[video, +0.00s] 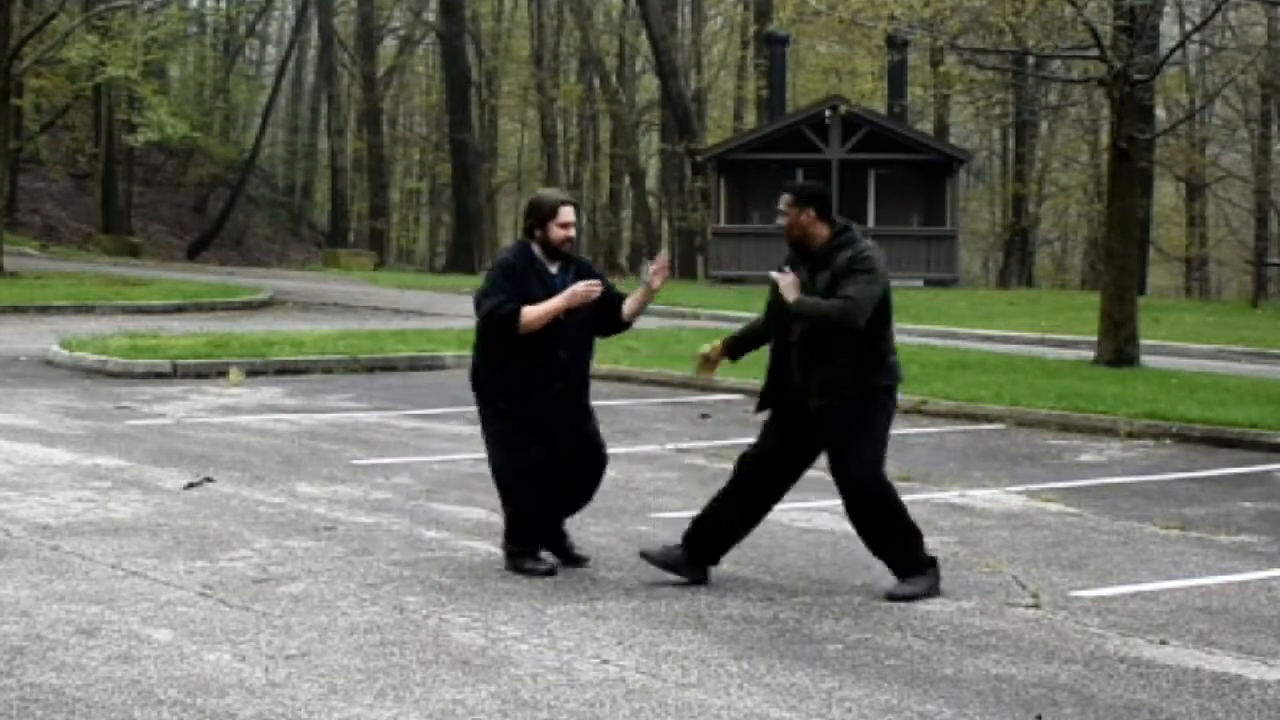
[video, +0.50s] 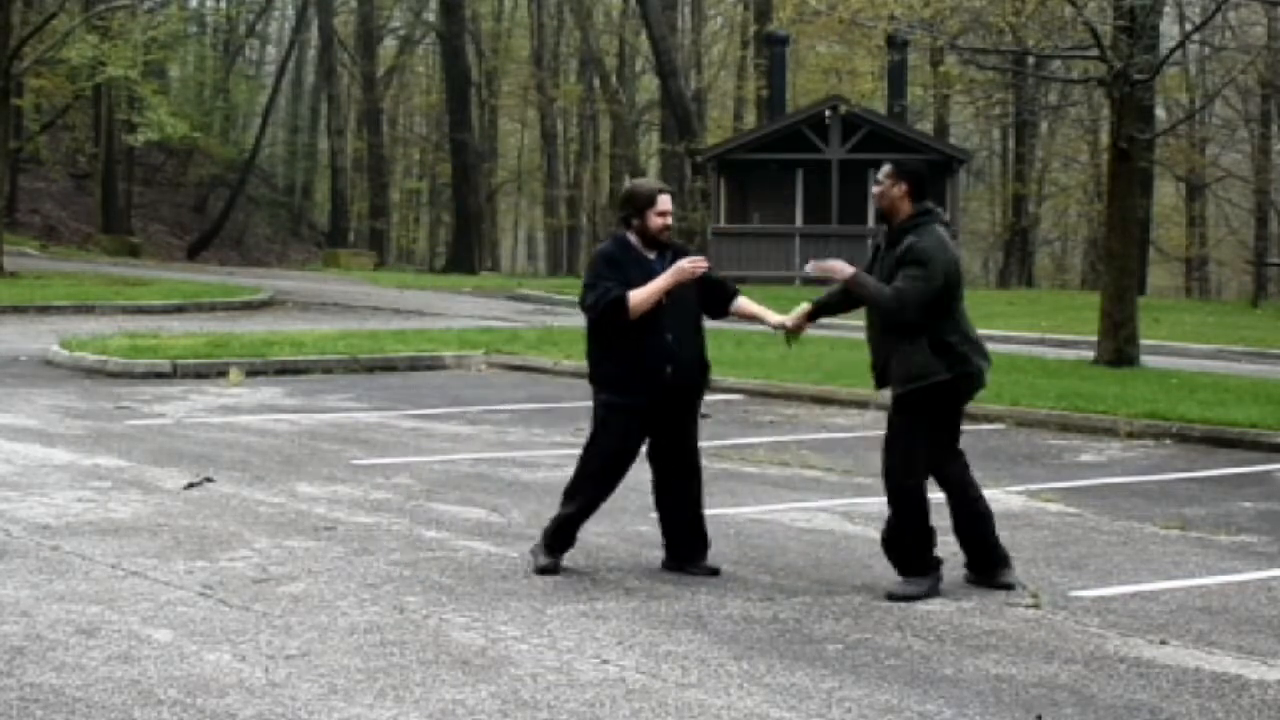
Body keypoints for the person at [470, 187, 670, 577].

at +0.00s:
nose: (571, 233)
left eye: (574, 226)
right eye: (563, 226)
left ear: (575, 227)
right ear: (538, 228)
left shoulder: (578, 271)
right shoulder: (510, 267)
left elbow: (613, 318)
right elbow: (501, 324)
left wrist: (648, 290)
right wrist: (565, 300)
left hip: (563, 392)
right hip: (512, 394)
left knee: (587, 459)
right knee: (524, 468)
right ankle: (520, 549)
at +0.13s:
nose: (596, 227)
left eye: (599, 219)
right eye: (588, 220)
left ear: (600, 221)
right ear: (563, 221)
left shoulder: (605, 268)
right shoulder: (534, 261)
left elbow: (639, 316)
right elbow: (522, 315)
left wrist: (673, 289)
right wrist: (589, 294)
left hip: (590, 390)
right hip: (535, 392)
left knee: (626, 463)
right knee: (536, 470)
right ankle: (521, 550)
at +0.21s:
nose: (612, 224)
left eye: (615, 216)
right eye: (605, 216)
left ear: (615, 219)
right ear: (580, 218)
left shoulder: (618, 264)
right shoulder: (550, 259)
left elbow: (658, 309)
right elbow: (539, 310)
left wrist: (694, 281)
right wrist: (605, 288)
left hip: (610, 392)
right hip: (554, 392)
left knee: (645, 467)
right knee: (547, 471)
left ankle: (681, 545)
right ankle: (521, 549)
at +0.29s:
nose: (631, 222)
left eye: (633, 215)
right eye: (623, 215)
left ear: (633, 218)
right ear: (598, 217)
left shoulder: (638, 260)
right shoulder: (570, 256)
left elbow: (670, 299)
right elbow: (558, 307)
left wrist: (708, 288)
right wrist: (623, 281)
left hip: (632, 391)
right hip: (579, 392)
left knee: (661, 471)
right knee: (560, 473)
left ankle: (683, 551)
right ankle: (523, 548)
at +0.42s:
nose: (655, 222)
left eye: (657, 215)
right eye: (646, 216)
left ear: (658, 217)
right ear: (622, 218)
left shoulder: (664, 260)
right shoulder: (597, 259)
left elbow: (711, 289)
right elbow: (594, 309)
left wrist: (753, 309)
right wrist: (653, 276)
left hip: (662, 391)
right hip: (609, 392)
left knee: (676, 474)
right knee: (580, 469)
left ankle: (685, 554)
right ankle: (534, 545)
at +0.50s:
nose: (669, 222)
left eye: (671, 215)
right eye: (661, 215)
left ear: (670, 217)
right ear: (636, 217)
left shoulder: (678, 259)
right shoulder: (609, 259)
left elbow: (724, 298)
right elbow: (609, 313)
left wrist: (773, 318)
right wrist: (670, 279)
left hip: (677, 391)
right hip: (624, 392)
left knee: (679, 475)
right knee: (599, 474)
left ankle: (685, 555)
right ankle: (551, 546)